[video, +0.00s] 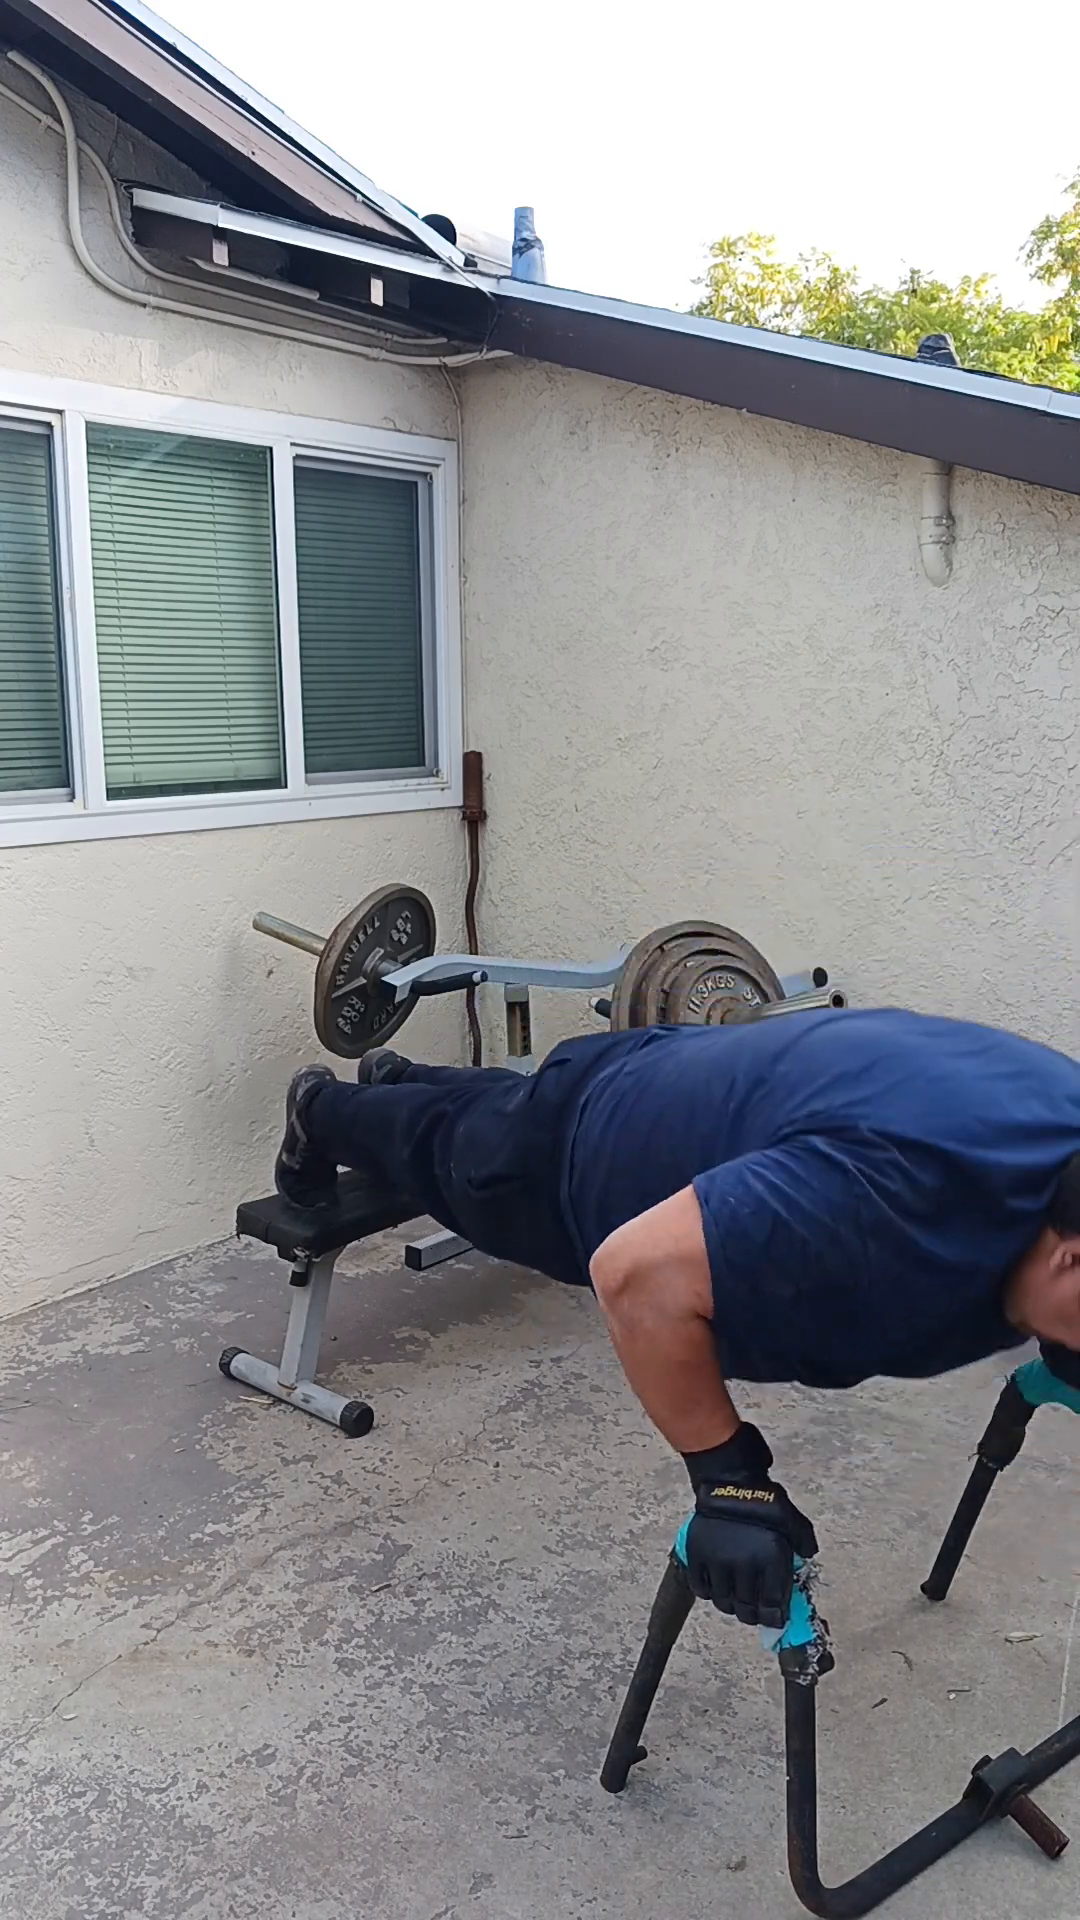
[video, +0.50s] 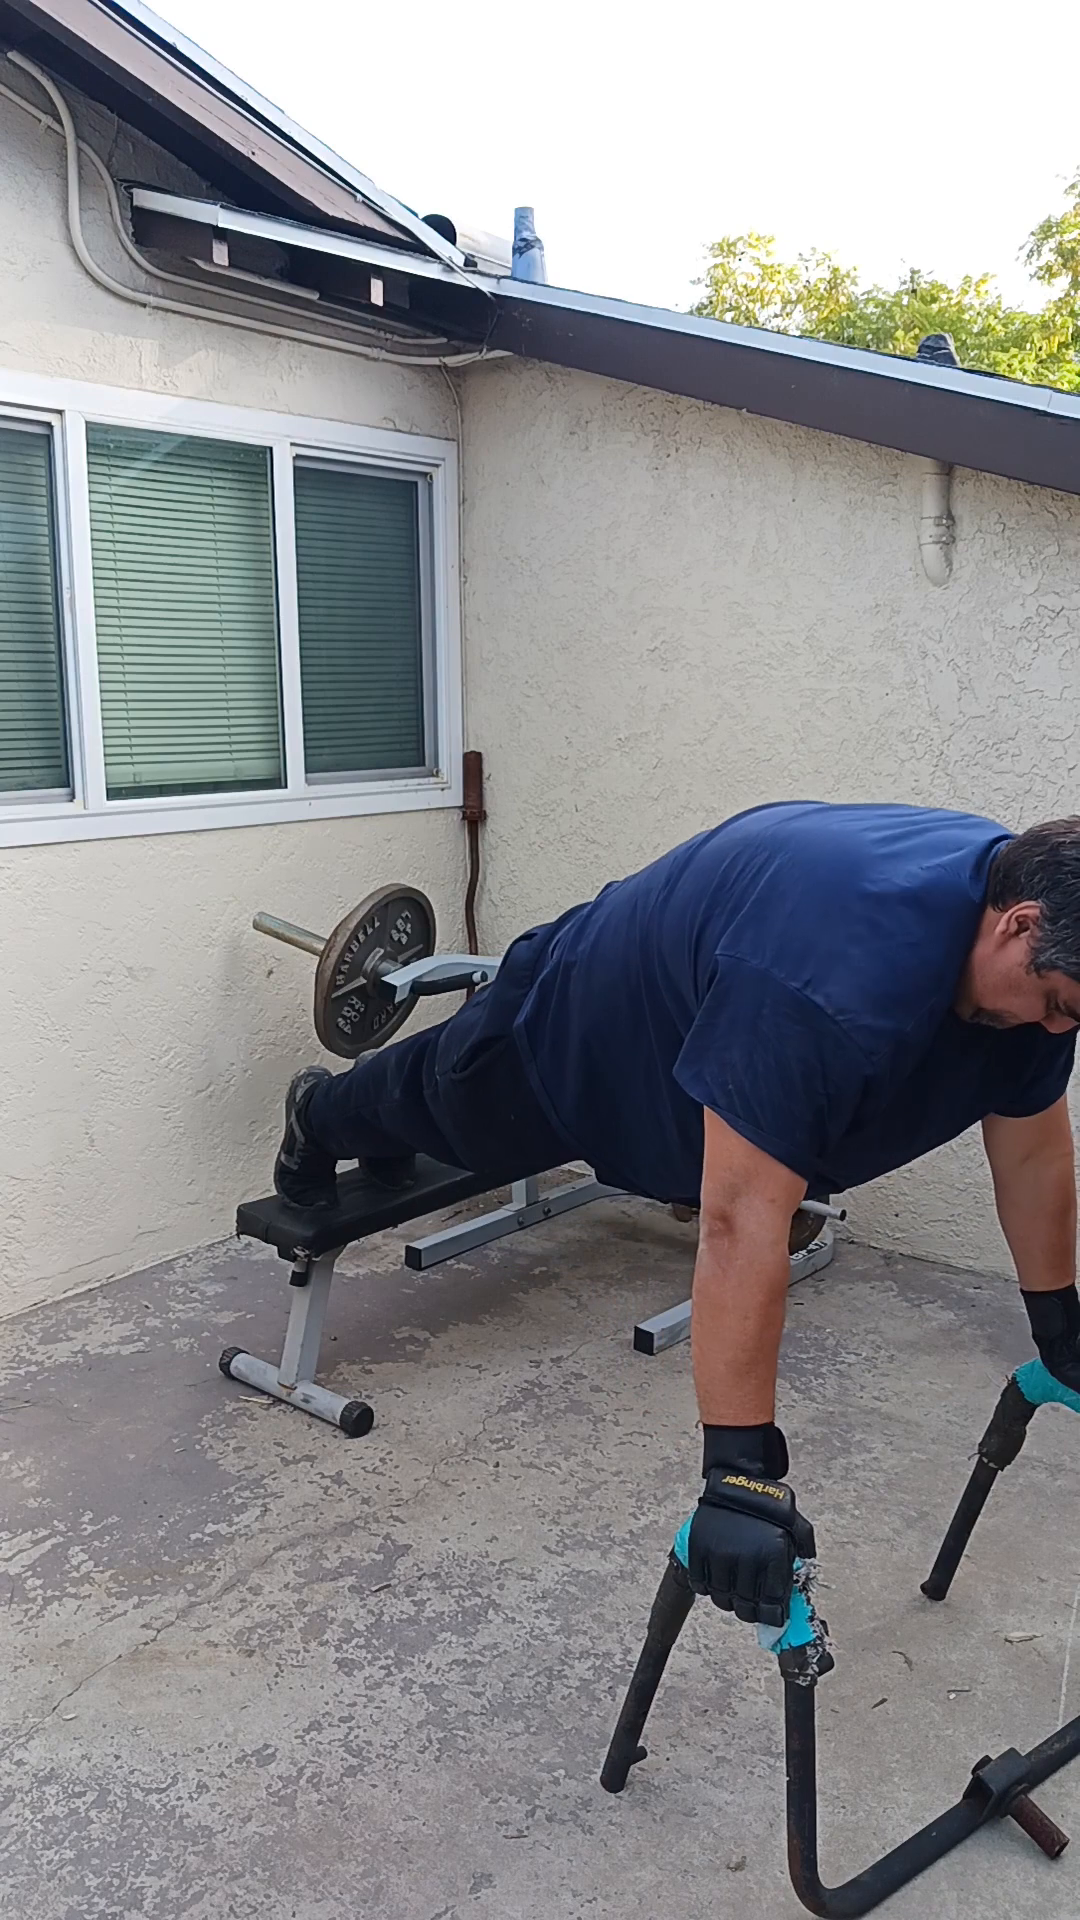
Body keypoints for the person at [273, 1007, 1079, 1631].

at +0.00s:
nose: (1058, 1351)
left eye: (1067, 1349)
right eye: (1073, 1337)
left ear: (1071, 1246)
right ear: (1066, 1261)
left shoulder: (1070, 1128)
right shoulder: (895, 1201)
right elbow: (637, 1279)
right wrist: (731, 1480)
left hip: (719, 1059)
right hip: (602, 1136)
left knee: (531, 1102)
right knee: (452, 1132)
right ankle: (323, 1112)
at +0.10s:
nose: (1060, 1237)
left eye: (1072, 1222)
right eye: (1074, 1216)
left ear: (1063, 1152)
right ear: (1057, 1158)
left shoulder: (1064, 1069)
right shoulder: (855, 1128)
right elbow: (644, 1269)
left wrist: (1057, 1312)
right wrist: (730, 1476)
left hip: (738, 1016)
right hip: (609, 1089)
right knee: (450, 1123)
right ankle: (323, 1113)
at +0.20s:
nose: (1055, 1151)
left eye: (1072, 1142)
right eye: (1062, 1125)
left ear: (1056, 1050)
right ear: (1041, 1055)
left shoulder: (1044, 990)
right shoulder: (839, 1060)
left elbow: (1055, 1162)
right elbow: (673, 1251)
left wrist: (1059, 1315)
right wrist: (733, 1480)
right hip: (595, 1070)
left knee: (505, 1108)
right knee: (440, 1110)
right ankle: (318, 1107)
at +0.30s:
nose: (1065, 1075)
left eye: (1076, 1060)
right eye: (1066, 1050)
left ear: (1042, 970)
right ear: (1027, 978)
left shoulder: (1037, 972)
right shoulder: (824, 998)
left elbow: (1047, 1154)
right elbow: (713, 1231)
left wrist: (1059, 1321)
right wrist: (737, 1479)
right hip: (601, 1032)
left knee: (520, 1122)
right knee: (446, 1094)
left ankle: (415, 1146)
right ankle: (320, 1119)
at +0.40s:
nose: (1053, 1032)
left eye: (1070, 1019)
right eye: (1057, 1005)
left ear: (1031, 929)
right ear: (1019, 929)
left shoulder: (1023, 965)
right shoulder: (824, 977)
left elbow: (1036, 1147)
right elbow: (742, 1227)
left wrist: (1057, 1321)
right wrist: (740, 1474)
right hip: (597, 1012)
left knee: (516, 1113)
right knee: (439, 1087)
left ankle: (407, 1139)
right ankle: (319, 1114)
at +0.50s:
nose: (1054, 1029)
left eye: (1072, 1015)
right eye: (1057, 1000)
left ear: (1023, 924)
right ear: (1013, 926)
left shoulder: (1023, 965)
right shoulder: (819, 978)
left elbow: (1036, 1147)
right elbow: (737, 1225)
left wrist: (1057, 1320)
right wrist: (740, 1473)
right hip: (594, 1008)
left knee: (509, 1106)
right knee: (437, 1080)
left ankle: (404, 1134)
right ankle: (320, 1113)